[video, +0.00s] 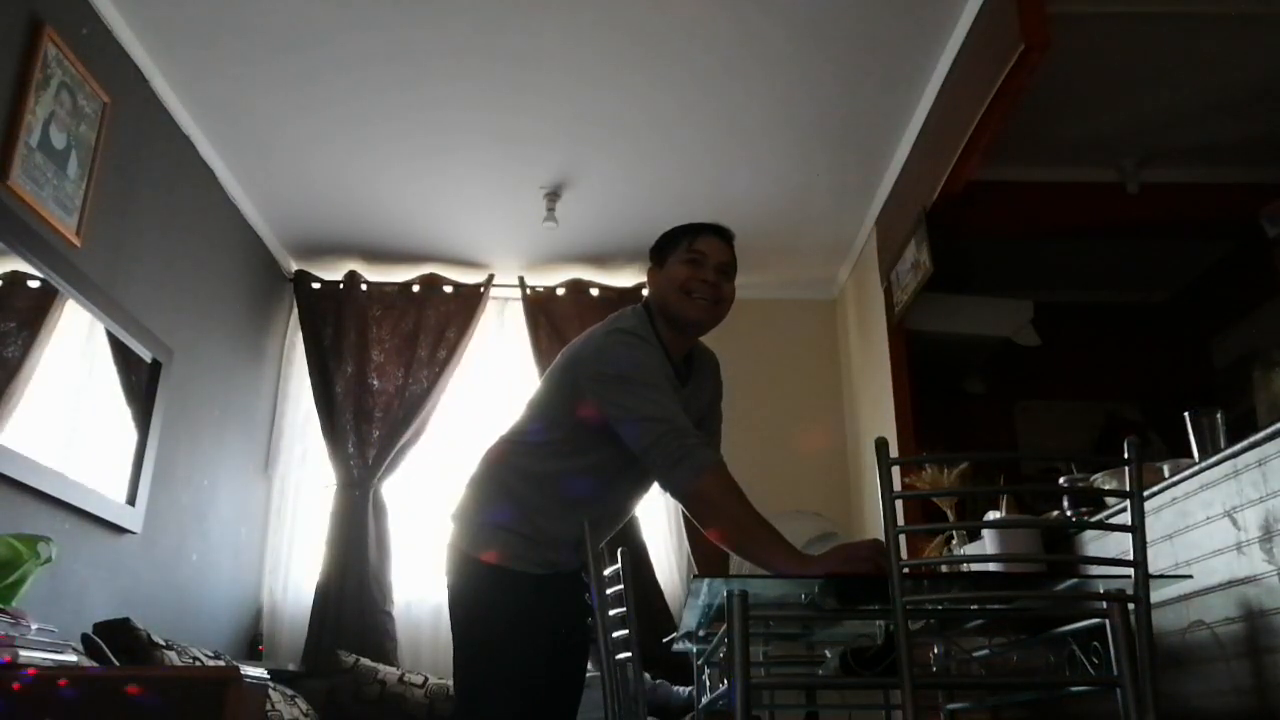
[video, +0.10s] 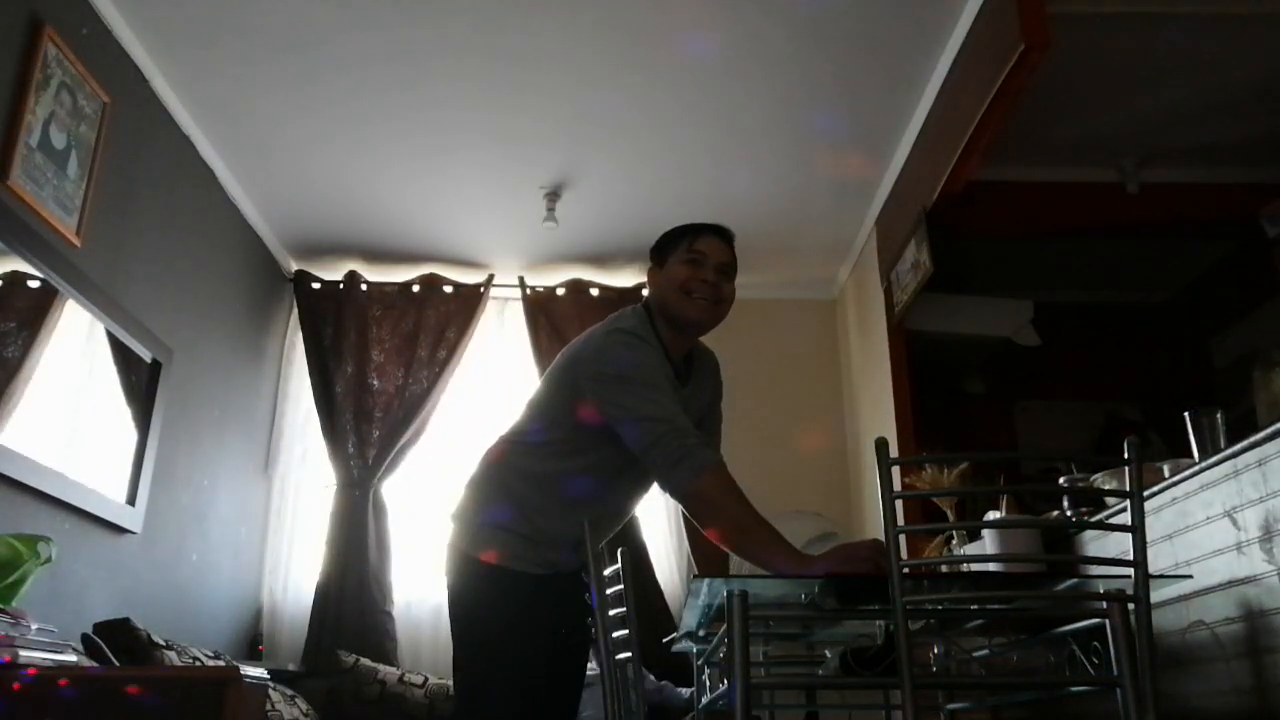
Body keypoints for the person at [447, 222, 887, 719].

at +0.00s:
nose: (710, 280)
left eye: (725, 273)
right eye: (693, 263)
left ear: (732, 294)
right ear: (653, 274)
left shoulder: (700, 369)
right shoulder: (620, 349)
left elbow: (702, 491)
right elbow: (692, 478)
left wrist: (721, 599)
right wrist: (800, 564)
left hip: (568, 556)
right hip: (502, 547)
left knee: (553, 703)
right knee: (497, 706)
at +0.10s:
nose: (710, 280)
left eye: (725, 272)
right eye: (693, 263)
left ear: (732, 294)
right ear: (654, 274)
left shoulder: (700, 369)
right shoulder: (619, 350)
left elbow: (702, 493)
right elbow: (693, 480)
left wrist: (722, 600)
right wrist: (799, 564)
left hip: (568, 556)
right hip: (501, 548)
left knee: (552, 704)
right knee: (497, 706)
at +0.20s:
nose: (710, 281)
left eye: (724, 272)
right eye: (693, 263)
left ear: (733, 293)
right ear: (654, 274)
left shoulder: (699, 370)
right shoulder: (619, 349)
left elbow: (704, 490)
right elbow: (691, 479)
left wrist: (719, 600)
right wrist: (800, 564)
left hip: (568, 555)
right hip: (501, 546)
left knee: (552, 704)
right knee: (496, 706)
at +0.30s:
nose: (709, 280)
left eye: (724, 272)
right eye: (692, 263)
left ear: (732, 294)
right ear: (653, 274)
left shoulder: (699, 369)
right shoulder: (618, 350)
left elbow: (702, 489)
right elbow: (691, 480)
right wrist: (798, 564)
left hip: (566, 556)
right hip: (501, 546)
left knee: (552, 703)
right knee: (497, 706)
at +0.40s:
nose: (710, 281)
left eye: (724, 274)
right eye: (693, 264)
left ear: (732, 295)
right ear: (653, 274)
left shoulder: (698, 369)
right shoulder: (618, 351)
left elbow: (702, 492)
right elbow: (692, 481)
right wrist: (798, 564)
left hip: (566, 555)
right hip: (501, 547)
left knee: (552, 704)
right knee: (498, 707)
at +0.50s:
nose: (710, 282)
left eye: (725, 274)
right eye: (693, 264)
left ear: (733, 295)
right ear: (653, 275)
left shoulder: (698, 369)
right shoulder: (617, 351)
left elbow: (701, 490)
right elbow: (691, 479)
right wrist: (798, 564)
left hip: (567, 556)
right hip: (500, 549)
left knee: (551, 706)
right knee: (497, 708)